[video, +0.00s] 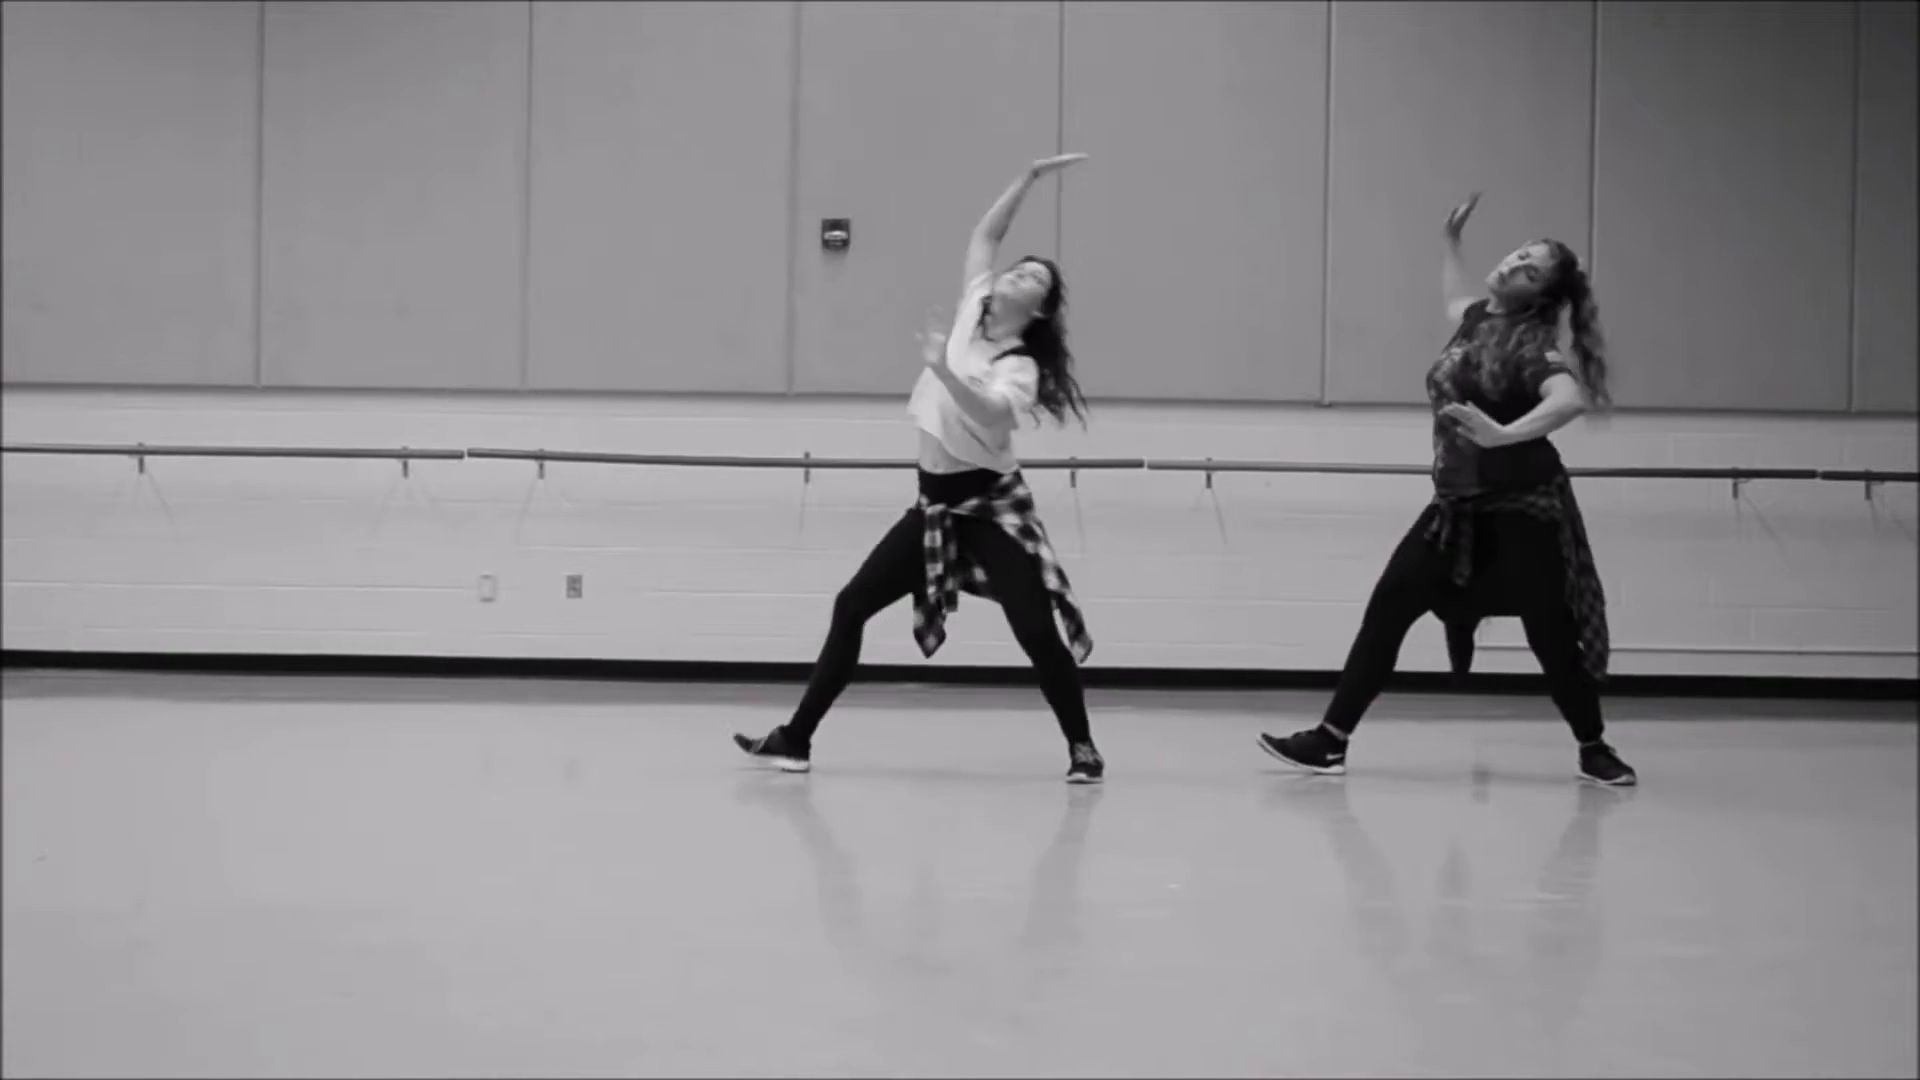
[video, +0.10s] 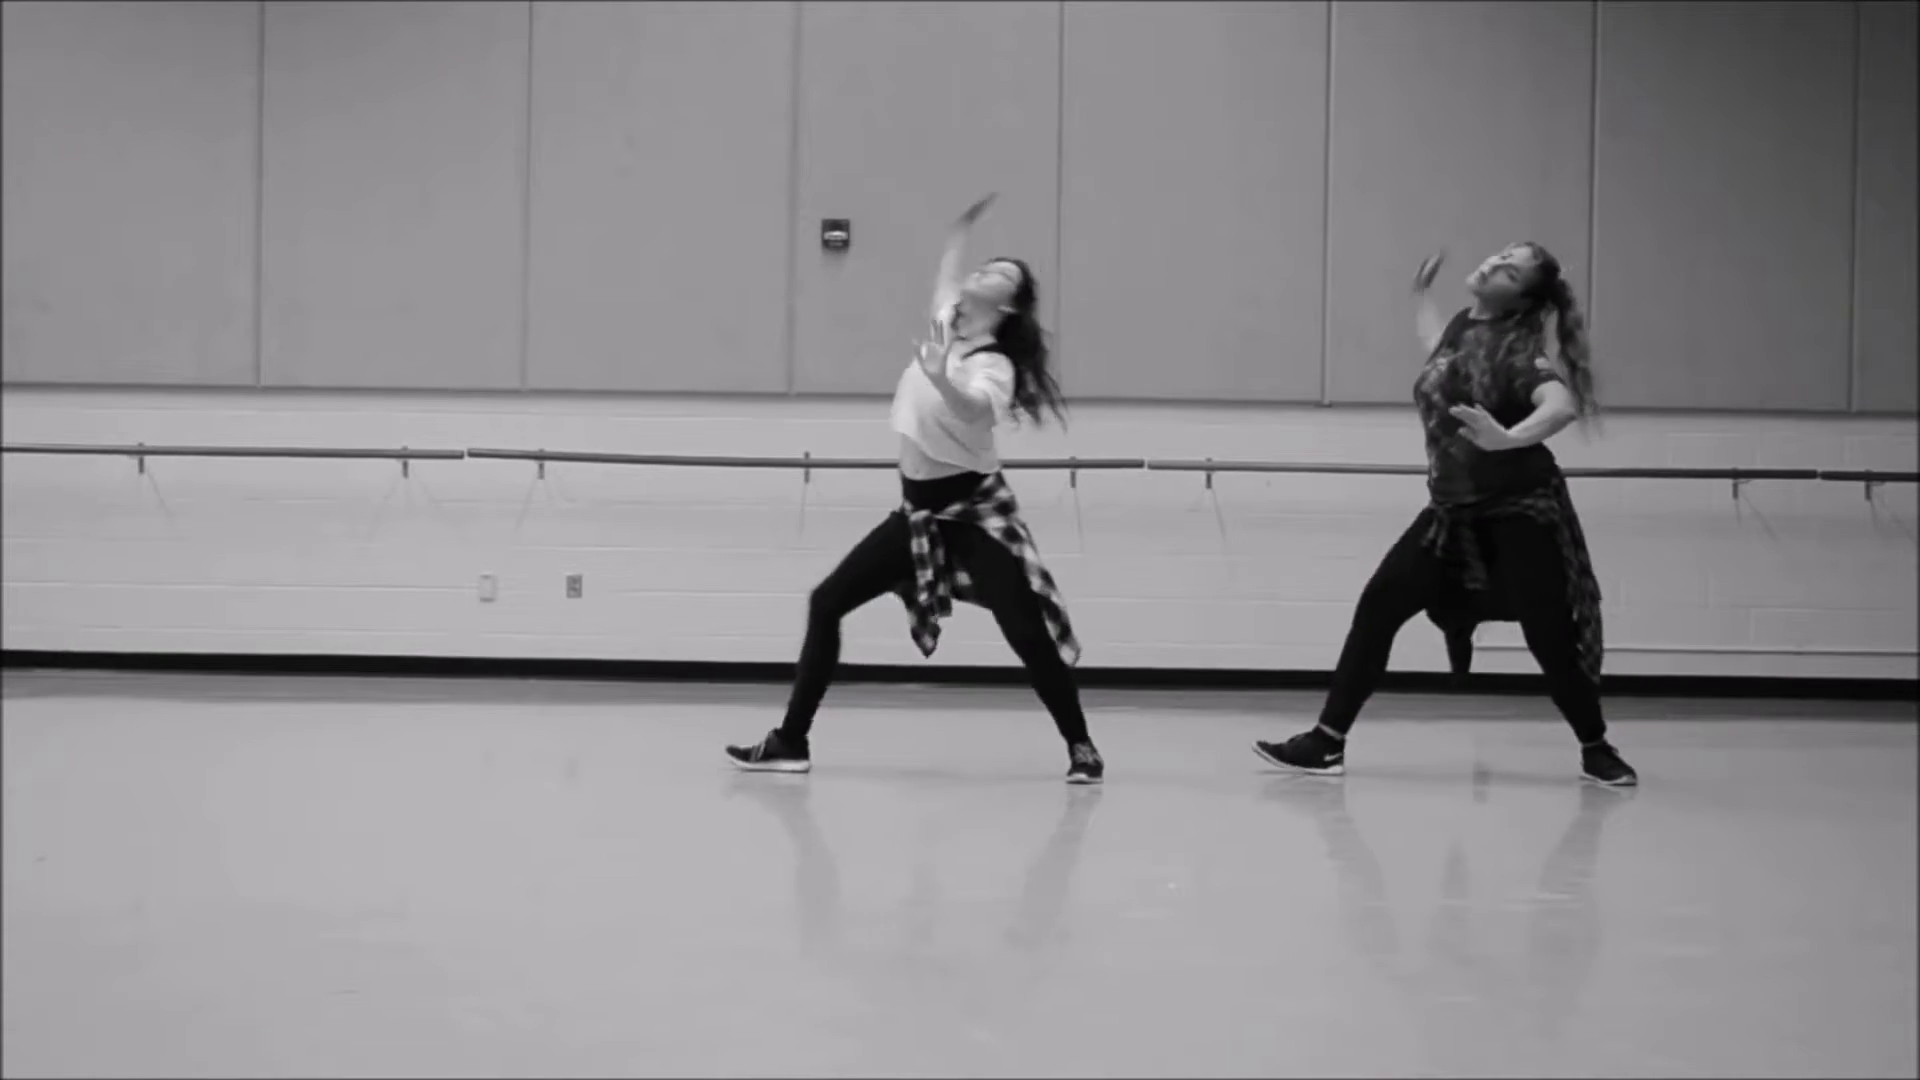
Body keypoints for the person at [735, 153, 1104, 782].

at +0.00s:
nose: (1018, 274)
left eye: (1034, 278)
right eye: (1018, 269)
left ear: (1040, 311)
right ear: (997, 282)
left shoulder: (1022, 367)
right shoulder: (969, 315)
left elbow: (996, 420)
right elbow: (985, 237)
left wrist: (942, 368)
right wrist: (1027, 176)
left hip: (992, 509)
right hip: (934, 509)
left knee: (1036, 634)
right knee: (852, 604)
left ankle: (1082, 749)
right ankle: (795, 738)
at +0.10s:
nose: (987, 273)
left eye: (1003, 275)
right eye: (989, 267)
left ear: (1010, 308)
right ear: (971, 286)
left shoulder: (991, 364)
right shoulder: (945, 330)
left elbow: (980, 411)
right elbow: (949, 280)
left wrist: (942, 380)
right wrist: (959, 230)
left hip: (977, 519)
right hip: (917, 517)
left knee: (1026, 635)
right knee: (826, 603)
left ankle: (1081, 746)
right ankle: (791, 738)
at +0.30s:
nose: (904, 267)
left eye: (920, 268)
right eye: (909, 261)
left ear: (930, 299)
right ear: (894, 284)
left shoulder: (918, 359)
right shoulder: (870, 340)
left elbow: (942, 405)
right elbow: (863, 336)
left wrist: (955, 380)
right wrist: (859, 314)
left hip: (912, 511)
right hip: (859, 513)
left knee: (981, 627)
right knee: (766, 602)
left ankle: (1054, 735)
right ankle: (784, 741)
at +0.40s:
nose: (870, 266)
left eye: (886, 265)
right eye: (873, 260)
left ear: (902, 295)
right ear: (862, 281)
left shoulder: (901, 361)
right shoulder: (841, 337)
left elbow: (927, 398)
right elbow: (830, 325)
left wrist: (954, 393)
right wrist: (826, 313)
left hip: (884, 509)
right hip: (826, 509)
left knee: (916, 598)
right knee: (746, 607)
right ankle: (782, 741)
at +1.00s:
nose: (837, 275)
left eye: (852, 275)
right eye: (842, 268)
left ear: (869, 304)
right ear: (833, 283)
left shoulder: (848, 361)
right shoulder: (787, 339)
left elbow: (773, 380)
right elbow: (711, 367)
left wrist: (714, 367)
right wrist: (630, 346)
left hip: (812, 507)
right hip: (752, 501)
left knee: (826, 629)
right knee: (664, 599)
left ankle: (850, 744)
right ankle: (659, 740)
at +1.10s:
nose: (796, 250)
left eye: (811, 246)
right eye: (797, 242)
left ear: (834, 267)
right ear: (792, 256)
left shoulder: (814, 315)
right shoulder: (776, 314)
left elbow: (735, 366)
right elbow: (721, 368)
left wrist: (660, 343)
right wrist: (662, 345)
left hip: (806, 485)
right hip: (757, 485)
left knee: (827, 620)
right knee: (683, 596)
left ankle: (851, 742)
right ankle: (665, 739)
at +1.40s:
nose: (756, 252)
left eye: (771, 248)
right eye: (752, 242)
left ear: (791, 265)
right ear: (739, 251)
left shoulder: (782, 311)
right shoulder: (725, 320)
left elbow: (798, 394)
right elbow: (725, 416)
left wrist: (718, 387)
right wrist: (694, 387)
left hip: (799, 478)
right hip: (744, 479)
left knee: (818, 617)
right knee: (683, 598)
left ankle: (857, 737)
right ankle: (652, 725)